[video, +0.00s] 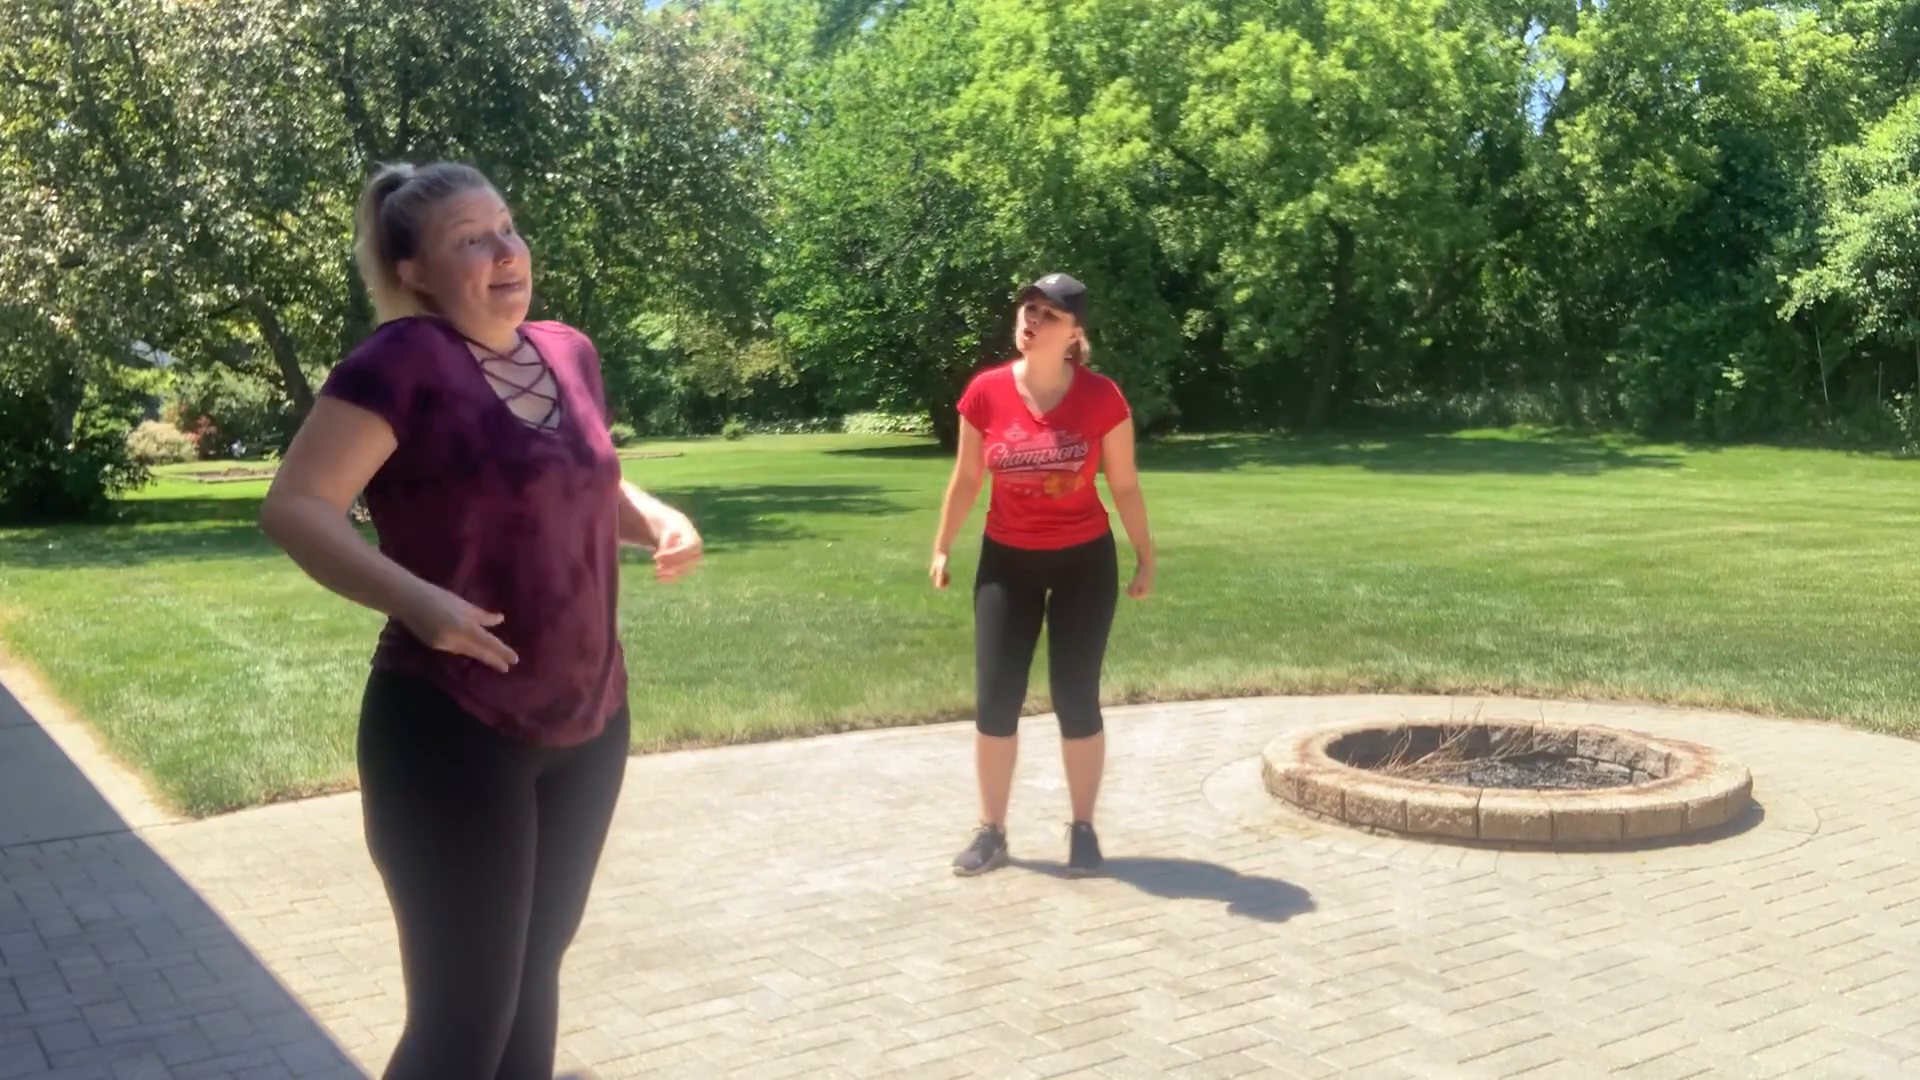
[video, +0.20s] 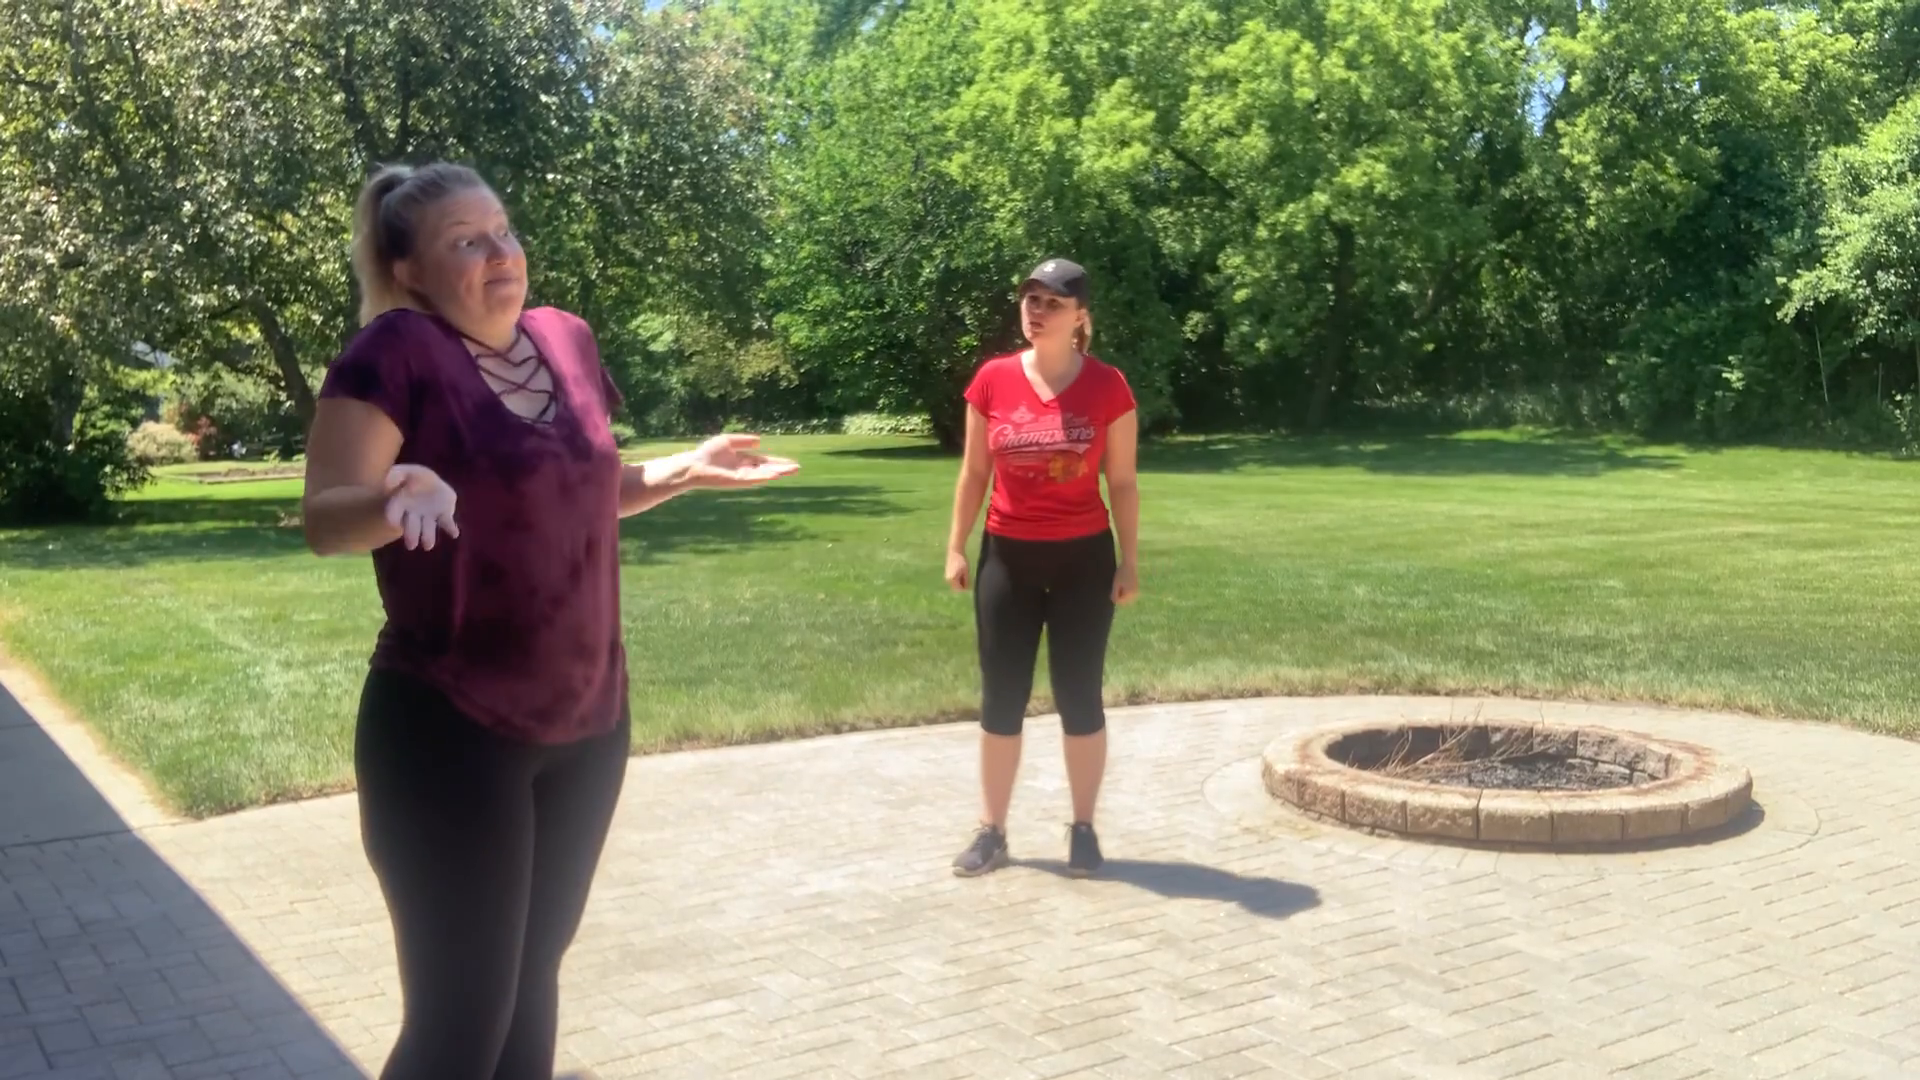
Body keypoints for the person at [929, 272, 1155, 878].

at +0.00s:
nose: (1033, 323)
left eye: (1049, 317)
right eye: (1029, 312)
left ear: (1075, 332)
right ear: (1017, 320)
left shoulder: (1100, 396)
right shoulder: (987, 390)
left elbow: (1125, 484)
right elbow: (966, 477)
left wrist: (1144, 551)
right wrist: (942, 545)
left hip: (1084, 560)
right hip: (1007, 559)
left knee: (1075, 697)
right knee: (995, 697)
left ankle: (1083, 827)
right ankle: (991, 829)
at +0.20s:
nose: (1037, 310)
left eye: (1052, 303)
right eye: (1032, 300)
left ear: (1081, 316)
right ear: (1020, 307)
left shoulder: (1107, 385)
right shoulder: (994, 378)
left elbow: (1123, 479)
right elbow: (974, 470)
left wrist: (1127, 557)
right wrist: (956, 544)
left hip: (1083, 558)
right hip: (1006, 557)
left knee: (1079, 697)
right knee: (1001, 697)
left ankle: (1083, 826)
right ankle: (991, 829)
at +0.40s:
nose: (1043, 310)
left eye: (1057, 301)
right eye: (1036, 299)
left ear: (1085, 313)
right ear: (1025, 306)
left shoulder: (1110, 383)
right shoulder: (998, 376)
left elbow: (1127, 479)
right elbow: (975, 469)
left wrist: (1127, 555)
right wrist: (960, 544)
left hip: (1084, 556)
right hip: (1008, 556)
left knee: (1081, 697)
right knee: (1004, 698)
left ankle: (1083, 827)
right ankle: (992, 829)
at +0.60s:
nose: (1044, 311)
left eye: (1059, 302)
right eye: (1038, 300)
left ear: (1086, 313)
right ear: (1027, 306)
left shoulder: (1112, 383)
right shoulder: (999, 376)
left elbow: (1128, 478)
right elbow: (976, 469)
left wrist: (1129, 556)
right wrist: (957, 543)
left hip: (1085, 556)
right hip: (1009, 555)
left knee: (1082, 697)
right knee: (1004, 697)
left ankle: (1083, 827)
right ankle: (992, 828)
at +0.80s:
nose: (1044, 310)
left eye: (1058, 302)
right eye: (1037, 300)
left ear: (1085, 312)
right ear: (1026, 307)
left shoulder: (1111, 383)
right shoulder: (999, 376)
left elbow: (1127, 479)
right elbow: (976, 470)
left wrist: (1132, 558)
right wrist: (957, 544)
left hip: (1085, 557)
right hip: (1008, 556)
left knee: (1082, 697)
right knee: (1004, 698)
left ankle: (1083, 826)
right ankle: (992, 827)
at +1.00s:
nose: (1043, 311)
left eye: (1057, 302)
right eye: (1036, 301)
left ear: (1084, 312)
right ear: (1025, 307)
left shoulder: (1110, 382)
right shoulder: (998, 378)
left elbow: (1127, 478)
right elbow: (976, 471)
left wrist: (1133, 557)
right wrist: (958, 546)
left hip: (1086, 557)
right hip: (1009, 556)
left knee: (1082, 697)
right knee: (1004, 698)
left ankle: (1084, 827)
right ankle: (992, 828)